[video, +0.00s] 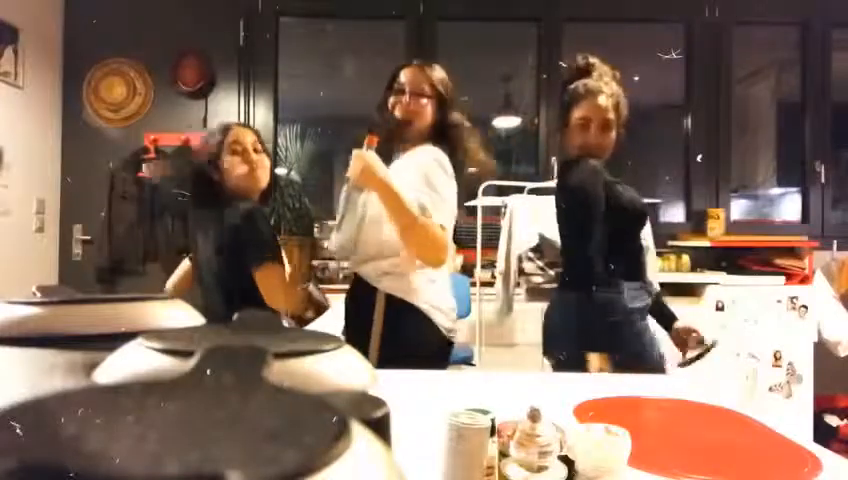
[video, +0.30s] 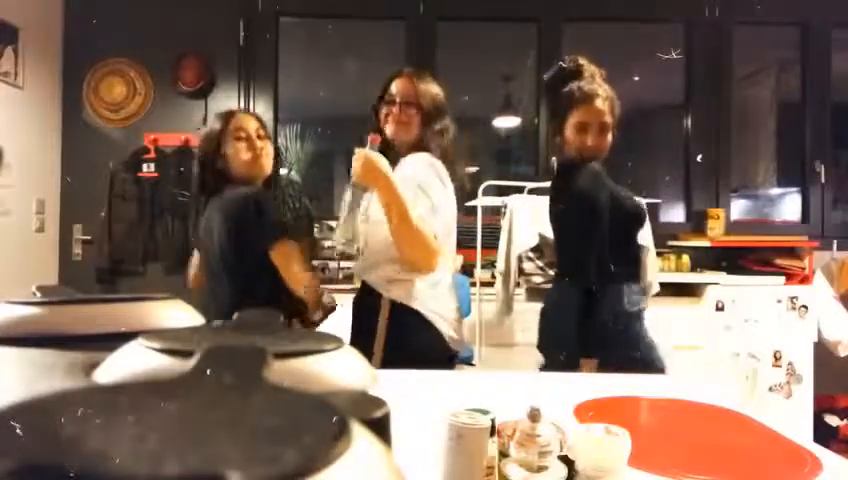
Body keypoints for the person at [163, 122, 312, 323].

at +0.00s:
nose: (252, 159)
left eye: (258, 150)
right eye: (236, 152)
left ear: (268, 158)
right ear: (214, 170)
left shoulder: (211, 216)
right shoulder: (247, 216)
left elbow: (173, 288)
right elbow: (281, 299)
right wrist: (305, 298)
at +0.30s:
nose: (257, 145)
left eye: (261, 136)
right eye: (241, 138)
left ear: (271, 146)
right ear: (220, 155)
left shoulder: (214, 206)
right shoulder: (255, 201)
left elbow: (195, 278)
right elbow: (299, 280)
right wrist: (317, 306)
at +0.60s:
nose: (243, 142)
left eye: (247, 134)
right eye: (227, 134)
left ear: (255, 143)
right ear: (203, 151)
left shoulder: (196, 203)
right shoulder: (232, 199)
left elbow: (284, 259)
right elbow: (251, 284)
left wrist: (280, 197)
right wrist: (292, 308)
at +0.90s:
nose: (232, 147)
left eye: (236, 139)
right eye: (216, 138)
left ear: (242, 146)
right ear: (192, 152)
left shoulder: (222, 199)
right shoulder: (204, 201)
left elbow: (276, 238)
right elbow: (205, 285)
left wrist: (261, 185)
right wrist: (271, 307)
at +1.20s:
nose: (219, 154)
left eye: (224, 147)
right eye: (206, 146)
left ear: (231, 160)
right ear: (179, 165)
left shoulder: (213, 209)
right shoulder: (189, 209)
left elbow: (271, 248)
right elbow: (174, 284)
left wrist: (248, 190)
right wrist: (239, 305)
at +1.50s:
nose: (213, 150)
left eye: (218, 144)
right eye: (197, 143)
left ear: (225, 158)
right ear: (173, 163)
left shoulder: (205, 213)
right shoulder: (177, 208)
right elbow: (148, 282)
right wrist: (231, 296)